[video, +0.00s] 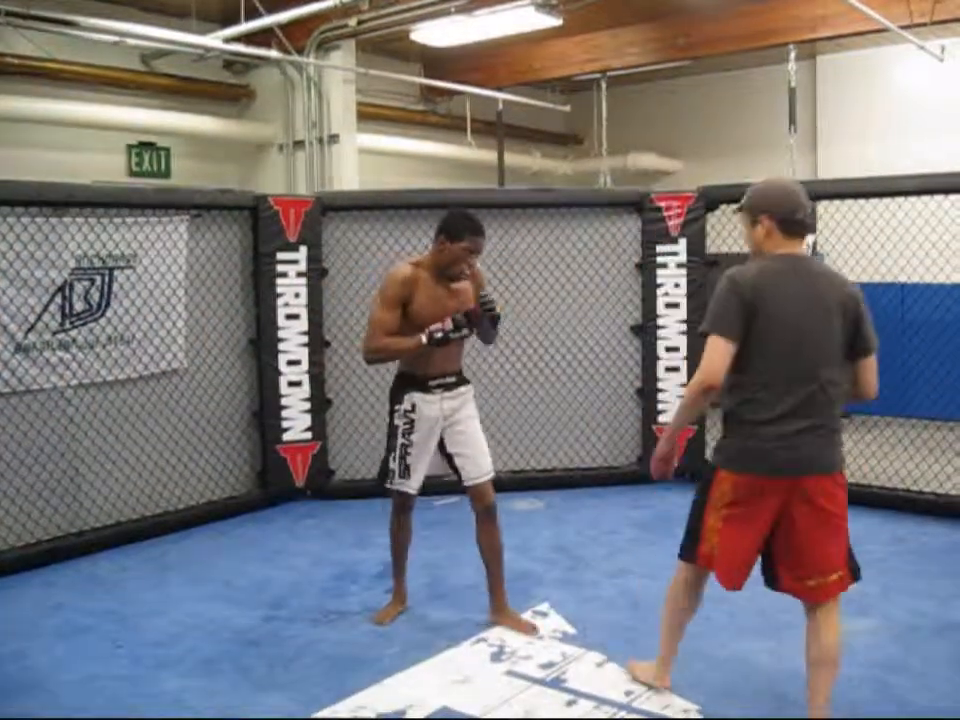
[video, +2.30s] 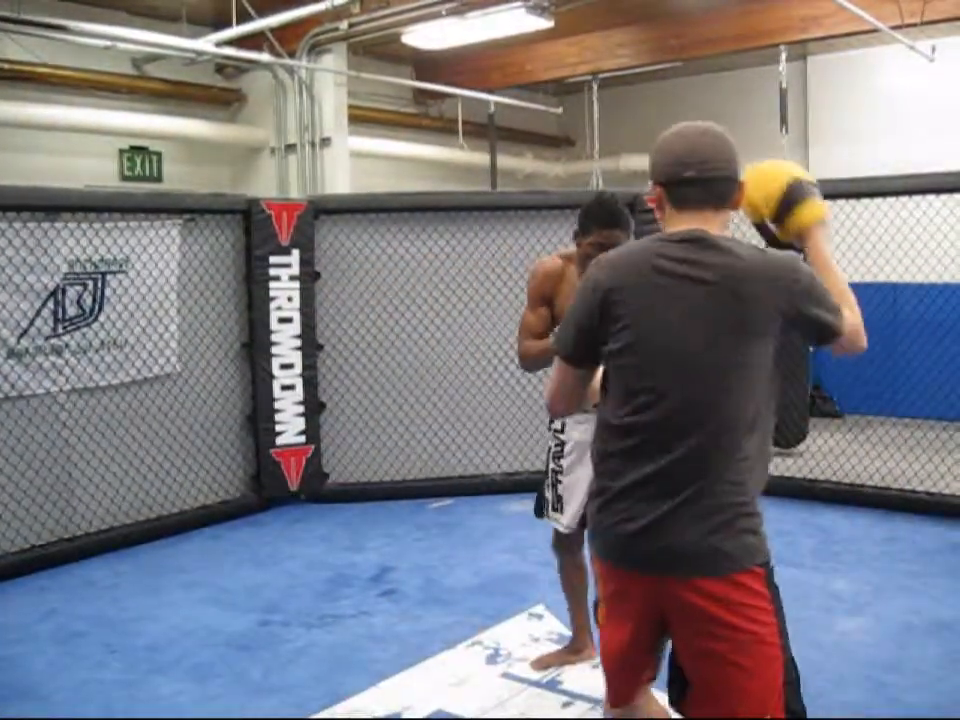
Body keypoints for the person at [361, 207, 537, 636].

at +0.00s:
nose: (470, 266)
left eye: (474, 258)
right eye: (466, 256)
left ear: (474, 253)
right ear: (442, 244)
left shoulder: (470, 277)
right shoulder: (402, 279)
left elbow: (484, 336)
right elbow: (372, 349)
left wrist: (486, 322)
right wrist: (427, 337)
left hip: (458, 398)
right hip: (414, 402)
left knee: (486, 501)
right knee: (403, 502)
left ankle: (500, 607)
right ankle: (398, 596)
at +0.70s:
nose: (509, 264)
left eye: (513, 257)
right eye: (504, 256)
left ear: (513, 251)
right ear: (480, 244)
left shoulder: (513, 267)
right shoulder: (440, 270)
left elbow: (541, 324)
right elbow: (422, 345)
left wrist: (548, 301)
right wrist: (470, 308)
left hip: (504, 397)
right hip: (457, 402)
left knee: (538, 514)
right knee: (445, 515)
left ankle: (560, 632)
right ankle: (439, 624)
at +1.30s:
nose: (552, 262)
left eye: (560, 254)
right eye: (544, 253)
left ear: (568, 253)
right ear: (522, 248)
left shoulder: (570, 276)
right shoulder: (490, 278)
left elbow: (601, 347)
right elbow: (471, 360)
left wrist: (583, 309)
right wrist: (512, 322)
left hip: (559, 414)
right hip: (505, 417)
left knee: (606, 533)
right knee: (480, 539)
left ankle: (590, 636)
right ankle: (482, 646)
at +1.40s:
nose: (559, 261)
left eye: (564, 252)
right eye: (550, 253)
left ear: (569, 248)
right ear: (524, 249)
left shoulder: (576, 275)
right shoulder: (495, 281)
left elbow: (634, 337)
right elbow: (477, 366)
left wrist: (606, 310)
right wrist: (516, 322)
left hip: (571, 418)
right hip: (514, 423)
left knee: (620, 535)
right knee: (485, 538)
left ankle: (626, 653)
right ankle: (480, 647)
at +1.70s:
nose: (596, 269)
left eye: (605, 258)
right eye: (587, 259)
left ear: (617, 245)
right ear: (566, 247)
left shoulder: (634, 270)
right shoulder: (543, 273)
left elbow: (653, 340)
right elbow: (535, 358)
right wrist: (551, 328)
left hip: (623, 411)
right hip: (566, 409)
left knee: (642, 549)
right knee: (530, 530)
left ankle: (657, 672)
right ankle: (524, 642)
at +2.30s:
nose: (606, 258)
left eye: (616, 248)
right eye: (597, 247)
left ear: (629, 242)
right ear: (577, 238)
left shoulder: (637, 274)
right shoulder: (550, 273)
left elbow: (658, 334)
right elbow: (527, 353)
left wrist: (617, 319)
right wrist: (572, 337)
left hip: (632, 418)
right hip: (576, 418)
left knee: (628, 533)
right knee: (567, 538)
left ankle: (628, 636)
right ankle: (581, 638)